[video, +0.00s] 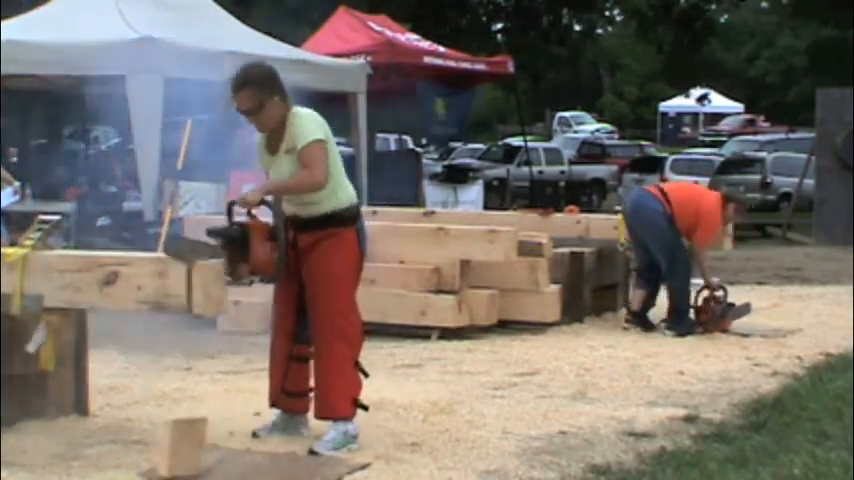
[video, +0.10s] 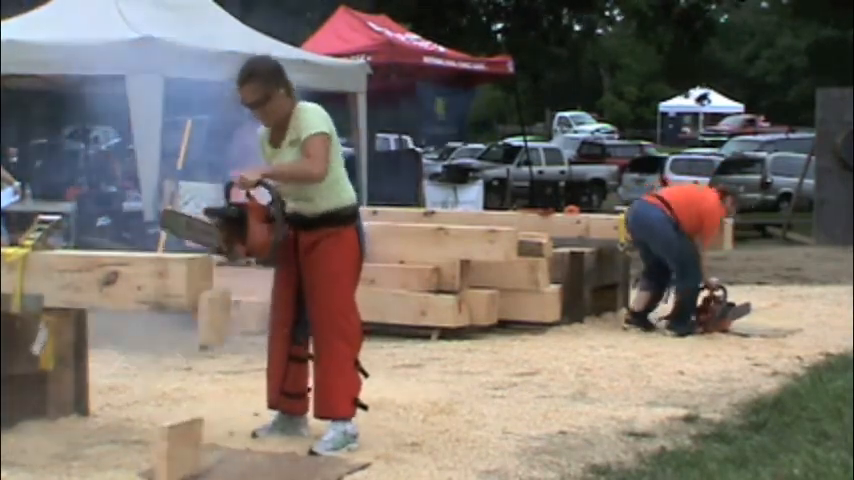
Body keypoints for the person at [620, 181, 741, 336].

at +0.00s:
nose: (733, 219)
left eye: (737, 215)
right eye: (735, 214)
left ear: (726, 203)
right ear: (730, 207)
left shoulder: (707, 197)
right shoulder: (714, 214)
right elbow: (697, 250)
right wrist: (708, 280)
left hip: (636, 200)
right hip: (654, 210)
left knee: (649, 266)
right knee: (678, 267)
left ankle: (636, 313)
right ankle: (678, 321)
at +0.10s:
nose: (731, 212)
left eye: (733, 208)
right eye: (732, 207)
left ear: (717, 192)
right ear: (726, 199)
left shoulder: (700, 192)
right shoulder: (714, 209)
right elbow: (700, 248)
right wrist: (706, 280)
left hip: (637, 210)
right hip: (658, 219)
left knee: (658, 269)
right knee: (690, 269)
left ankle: (637, 313)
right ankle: (680, 321)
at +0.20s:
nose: (729, 191)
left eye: (731, 188)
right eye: (730, 186)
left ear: (716, 171)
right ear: (727, 178)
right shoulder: (716, 182)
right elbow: (708, 219)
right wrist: (708, 253)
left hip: (641, 210)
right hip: (660, 214)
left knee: (665, 271)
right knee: (693, 271)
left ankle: (639, 313)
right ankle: (683, 323)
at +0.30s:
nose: (730, 190)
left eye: (732, 186)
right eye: (731, 183)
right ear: (726, 171)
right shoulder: (714, 163)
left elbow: (699, 247)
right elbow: (702, 177)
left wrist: (711, 276)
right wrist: (706, 216)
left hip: (645, 200)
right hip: (664, 204)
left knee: (662, 265)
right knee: (683, 263)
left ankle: (640, 313)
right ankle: (684, 321)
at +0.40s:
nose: (732, 196)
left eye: (734, 196)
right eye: (733, 190)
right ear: (730, 178)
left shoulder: (705, 206)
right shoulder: (715, 166)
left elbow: (695, 243)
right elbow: (694, 152)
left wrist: (704, 279)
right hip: (662, 201)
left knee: (661, 264)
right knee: (682, 263)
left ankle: (641, 312)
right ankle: (681, 319)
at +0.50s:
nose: (731, 202)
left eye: (735, 202)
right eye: (734, 195)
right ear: (731, 183)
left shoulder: (702, 211)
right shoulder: (717, 171)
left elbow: (693, 243)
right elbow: (695, 162)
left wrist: (704, 279)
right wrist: (712, 188)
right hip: (659, 204)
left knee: (659, 268)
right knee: (681, 265)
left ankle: (639, 313)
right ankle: (679, 323)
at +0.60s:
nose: (732, 204)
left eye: (736, 202)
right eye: (735, 198)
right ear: (731, 188)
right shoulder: (719, 184)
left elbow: (696, 242)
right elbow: (702, 198)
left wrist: (703, 278)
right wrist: (705, 233)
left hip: (641, 202)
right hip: (659, 207)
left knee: (657, 268)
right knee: (680, 265)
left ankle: (638, 313)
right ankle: (679, 323)